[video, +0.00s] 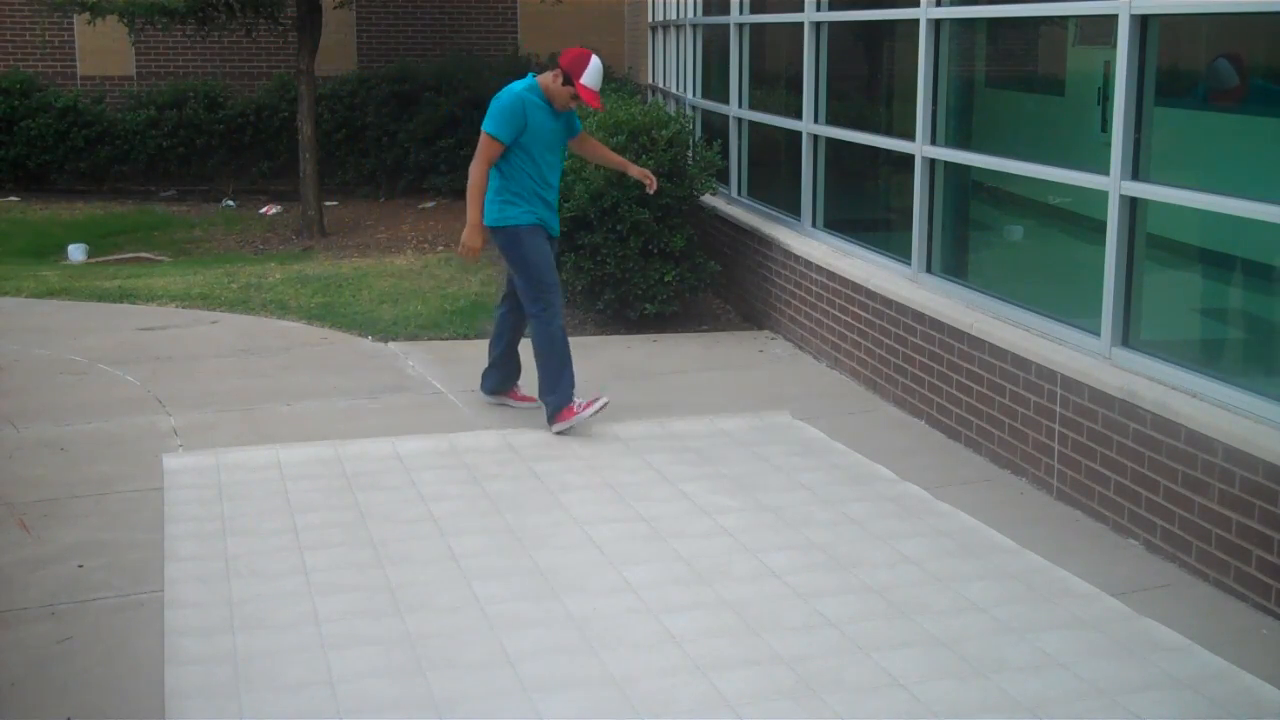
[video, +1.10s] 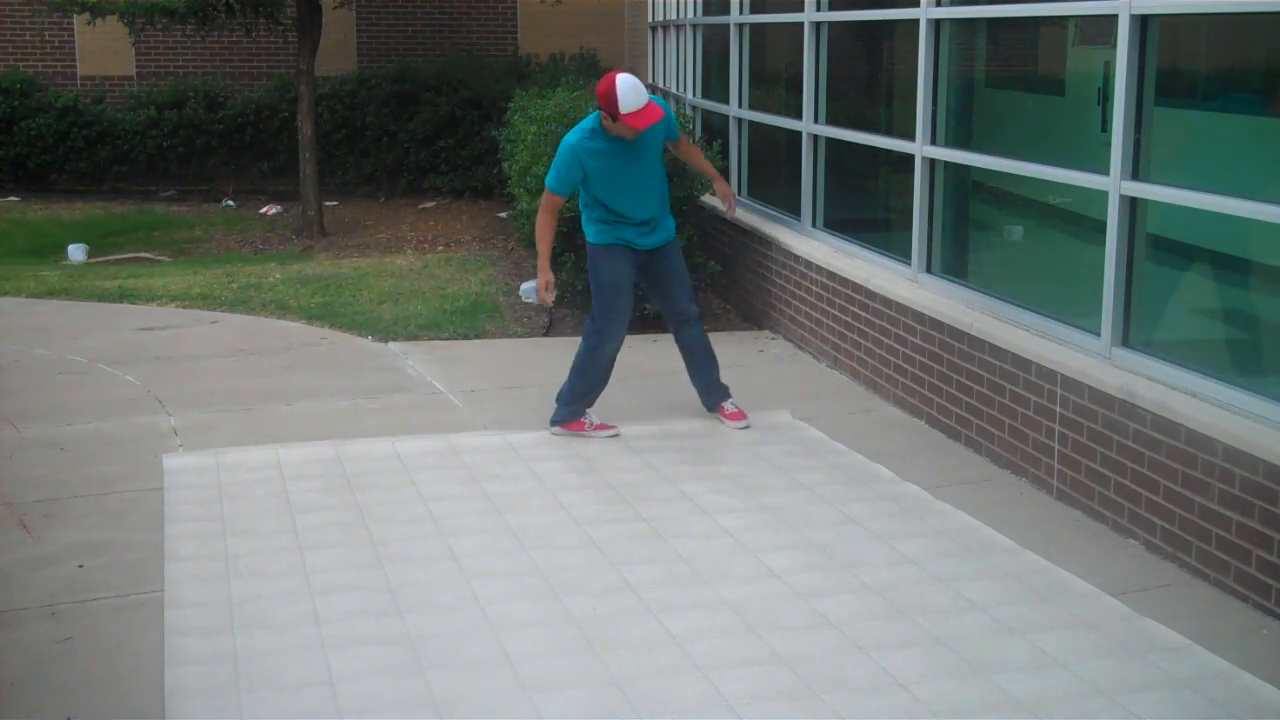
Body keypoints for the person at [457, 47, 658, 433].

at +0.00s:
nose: (574, 105)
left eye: (579, 101)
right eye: (574, 97)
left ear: (570, 85)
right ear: (558, 77)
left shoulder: (561, 110)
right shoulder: (513, 100)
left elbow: (584, 144)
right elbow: (479, 163)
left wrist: (630, 168)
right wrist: (474, 224)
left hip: (543, 220)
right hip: (512, 218)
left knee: (518, 302)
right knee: (546, 301)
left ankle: (498, 381)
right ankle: (559, 407)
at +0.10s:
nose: (592, 113)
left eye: (598, 108)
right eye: (592, 104)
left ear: (582, 88)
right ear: (576, 83)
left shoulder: (565, 108)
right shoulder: (534, 110)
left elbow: (575, 147)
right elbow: (502, 176)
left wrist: (610, 174)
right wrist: (496, 240)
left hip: (550, 226)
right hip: (527, 227)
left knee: (527, 306)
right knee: (558, 315)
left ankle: (502, 378)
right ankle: (566, 414)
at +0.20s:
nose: (614, 127)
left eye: (619, 123)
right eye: (614, 120)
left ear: (603, 99)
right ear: (598, 98)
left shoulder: (580, 106)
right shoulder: (556, 122)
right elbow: (523, 186)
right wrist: (531, 253)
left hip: (555, 226)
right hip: (541, 230)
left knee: (550, 304)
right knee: (568, 317)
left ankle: (508, 369)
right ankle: (567, 415)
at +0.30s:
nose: (625, 138)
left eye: (631, 133)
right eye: (624, 130)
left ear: (613, 105)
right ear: (608, 109)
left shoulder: (592, 96)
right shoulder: (569, 133)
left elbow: (544, 126)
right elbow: (536, 195)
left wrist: (518, 162)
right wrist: (567, 255)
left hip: (567, 222)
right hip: (536, 229)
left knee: (579, 302)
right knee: (565, 313)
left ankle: (519, 359)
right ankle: (567, 415)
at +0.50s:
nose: (636, 146)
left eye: (643, 142)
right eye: (636, 139)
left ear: (628, 109)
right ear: (623, 117)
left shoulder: (604, 93)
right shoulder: (585, 138)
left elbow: (550, 111)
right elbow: (558, 205)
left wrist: (518, 141)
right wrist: (599, 257)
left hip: (579, 213)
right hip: (542, 221)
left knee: (605, 299)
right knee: (565, 314)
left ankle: (582, 386)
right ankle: (566, 415)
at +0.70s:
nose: (637, 137)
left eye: (641, 132)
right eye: (635, 130)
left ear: (624, 107)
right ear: (617, 112)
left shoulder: (613, 98)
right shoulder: (576, 137)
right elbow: (559, 208)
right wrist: (590, 265)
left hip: (598, 224)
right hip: (556, 231)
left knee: (615, 312)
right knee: (578, 321)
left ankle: (631, 407)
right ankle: (566, 416)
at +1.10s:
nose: (640, 129)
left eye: (643, 121)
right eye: (633, 124)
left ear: (646, 107)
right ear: (608, 118)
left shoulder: (657, 115)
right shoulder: (576, 147)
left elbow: (681, 145)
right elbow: (548, 210)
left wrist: (716, 178)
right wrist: (543, 268)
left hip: (659, 234)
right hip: (610, 240)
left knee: (685, 316)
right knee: (609, 326)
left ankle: (717, 399)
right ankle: (569, 412)